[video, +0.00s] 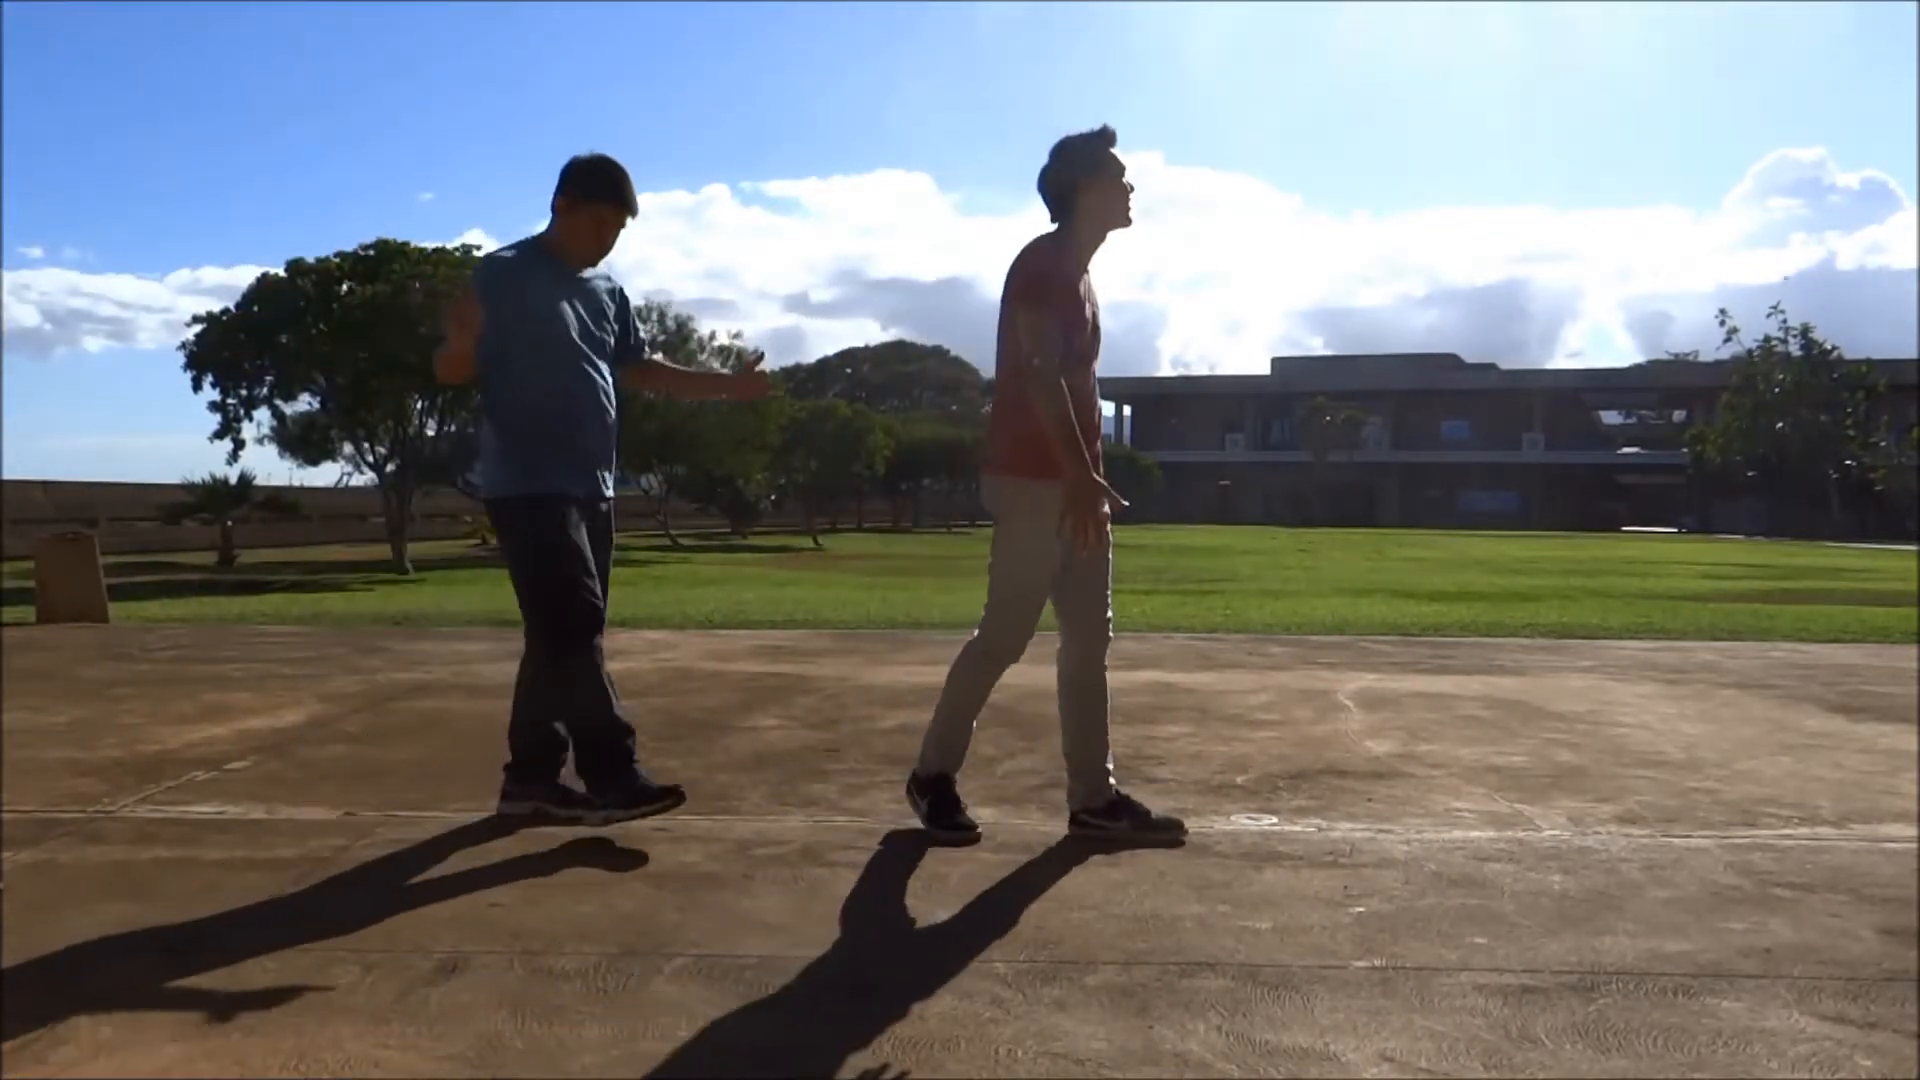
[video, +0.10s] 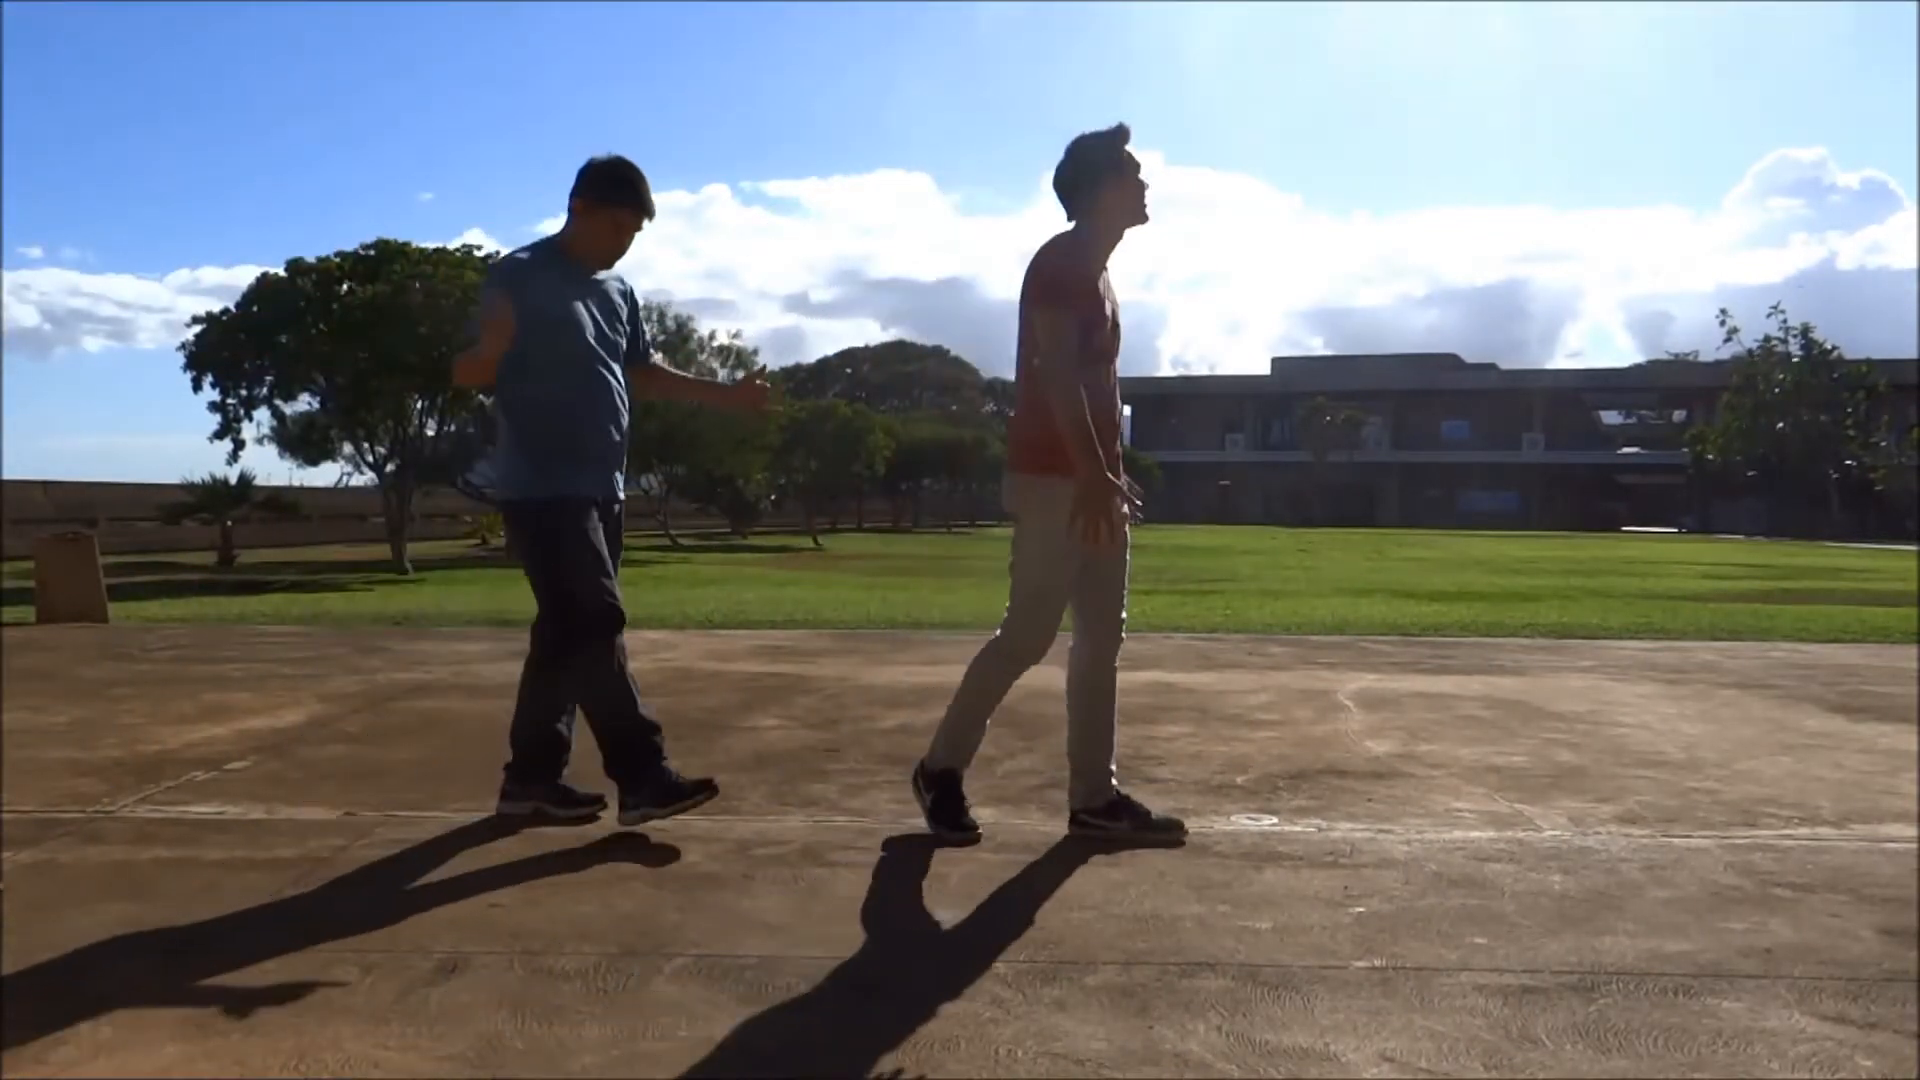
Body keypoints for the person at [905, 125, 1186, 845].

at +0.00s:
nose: (1130, 185)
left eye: (1125, 175)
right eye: (1117, 175)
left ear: (1091, 192)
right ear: (1082, 190)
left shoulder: (1076, 279)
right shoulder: (1043, 264)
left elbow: (1076, 388)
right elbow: (1043, 375)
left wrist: (1095, 480)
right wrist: (1079, 477)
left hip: (1078, 480)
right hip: (1032, 479)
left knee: (1087, 642)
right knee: (1006, 633)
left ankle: (1093, 799)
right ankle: (932, 776)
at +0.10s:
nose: (1145, 182)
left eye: (1140, 171)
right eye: (1132, 171)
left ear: (1105, 191)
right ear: (1097, 188)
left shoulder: (1095, 276)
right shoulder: (1062, 265)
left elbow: (1098, 385)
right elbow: (1059, 377)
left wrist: (1116, 472)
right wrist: (1091, 474)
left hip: (1099, 479)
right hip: (1051, 478)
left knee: (1099, 641)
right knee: (1029, 634)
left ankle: (1094, 798)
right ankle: (940, 770)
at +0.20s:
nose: (1160, 181)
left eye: (1154, 169)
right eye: (1146, 170)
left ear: (1116, 189)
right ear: (1112, 187)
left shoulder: (1110, 271)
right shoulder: (1079, 263)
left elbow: (1100, 384)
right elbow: (1070, 376)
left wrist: (1132, 463)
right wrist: (1102, 472)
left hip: (1111, 479)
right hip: (1070, 476)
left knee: (1110, 638)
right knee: (1061, 633)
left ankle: (1094, 798)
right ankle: (955, 761)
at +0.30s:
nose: (1174, 181)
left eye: (1168, 169)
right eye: (1161, 170)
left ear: (1133, 190)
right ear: (1126, 188)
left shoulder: (1121, 273)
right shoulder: (1091, 265)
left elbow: (1109, 389)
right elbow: (1077, 380)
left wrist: (1153, 457)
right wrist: (1108, 471)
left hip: (1123, 479)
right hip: (1089, 476)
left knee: (1115, 641)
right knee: (1097, 638)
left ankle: (1096, 799)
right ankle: (983, 752)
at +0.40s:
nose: (1187, 184)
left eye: (1181, 173)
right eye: (1175, 174)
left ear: (1147, 189)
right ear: (1142, 189)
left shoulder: (1134, 272)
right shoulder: (1103, 266)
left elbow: (1138, 388)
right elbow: (1084, 383)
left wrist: (1183, 455)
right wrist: (1106, 479)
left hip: (1141, 480)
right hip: (1109, 483)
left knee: (1124, 637)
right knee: (1135, 634)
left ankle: (1096, 800)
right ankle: (1019, 755)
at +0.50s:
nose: (1200, 188)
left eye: (1195, 176)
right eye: (1188, 176)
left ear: (1155, 191)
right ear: (1155, 189)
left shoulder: (1147, 276)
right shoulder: (1110, 269)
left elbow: (1155, 392)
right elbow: (1090, 386)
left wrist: (1208, 456)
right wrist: (1102, 483)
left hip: (1149, 481)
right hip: (1127, 483)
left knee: (1133, 633)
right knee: (1165, 633)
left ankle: (1103, 792)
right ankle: (1072, 778)